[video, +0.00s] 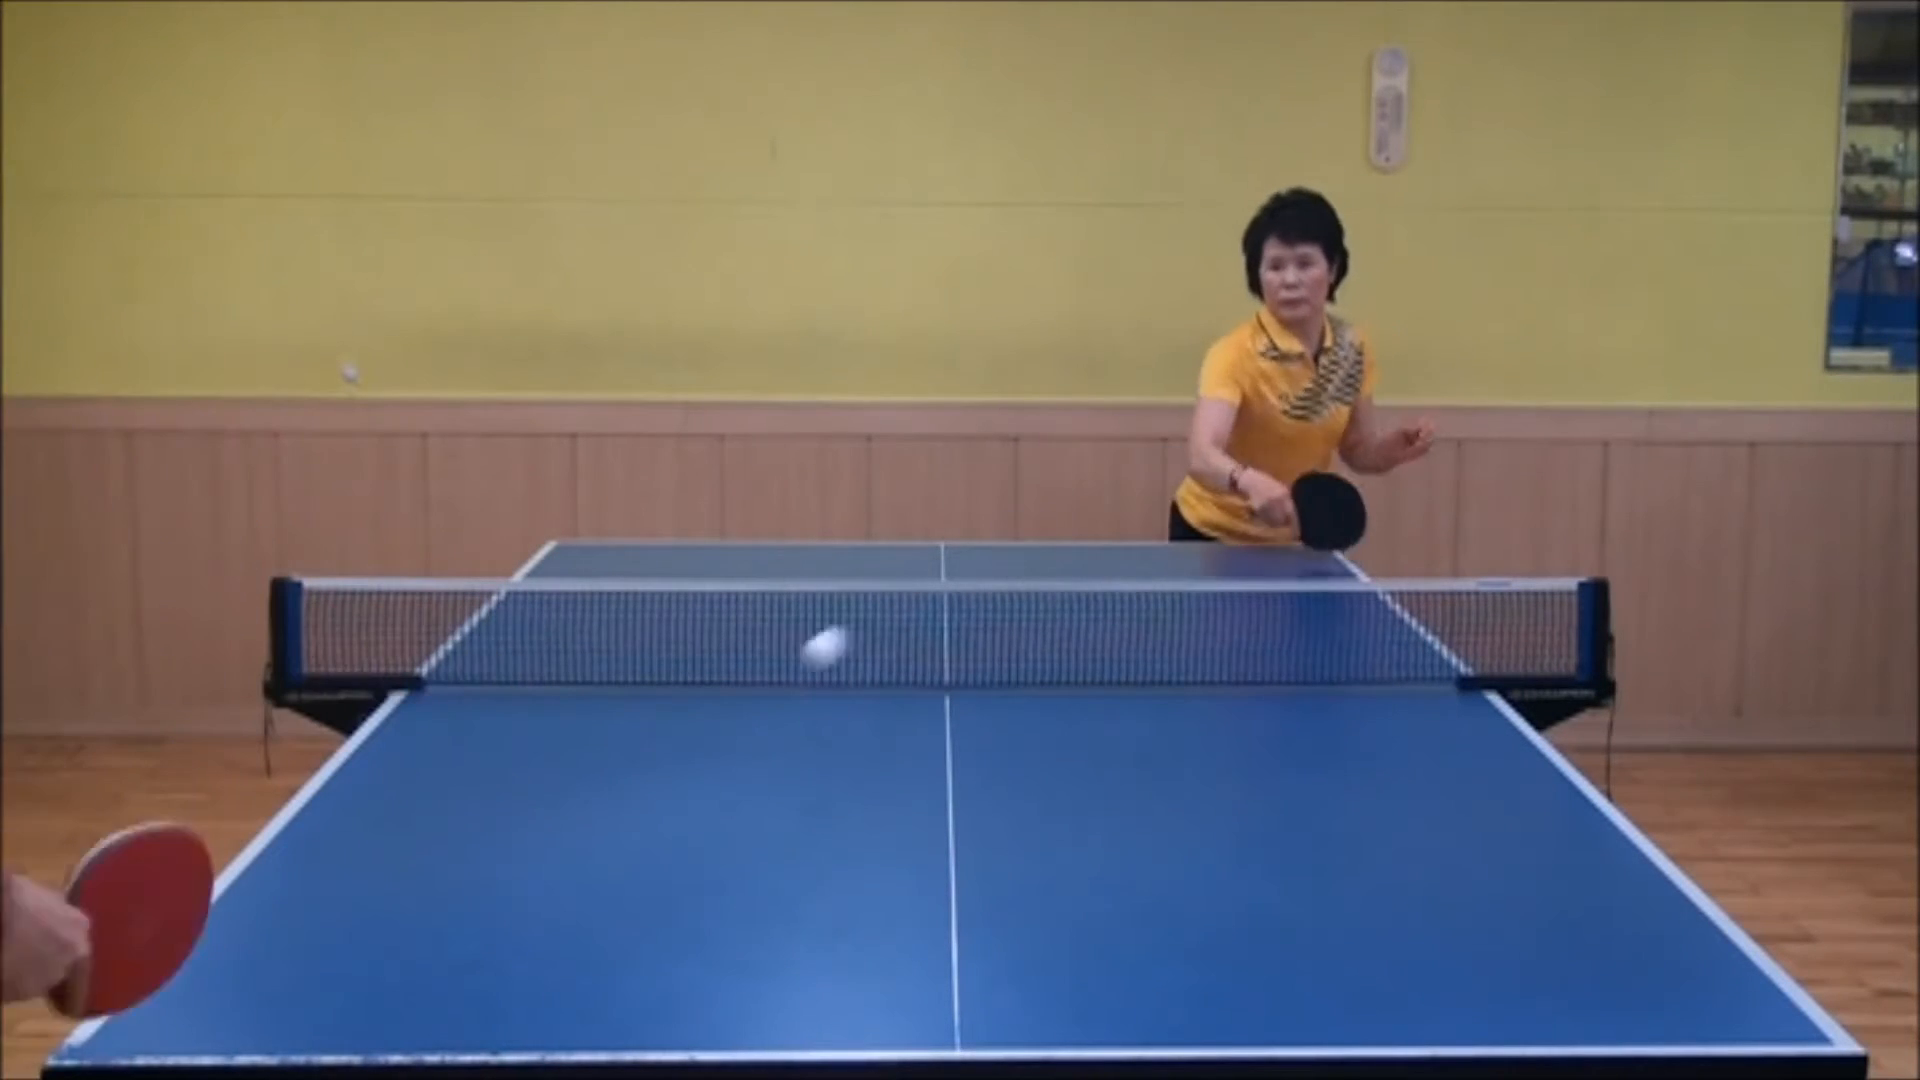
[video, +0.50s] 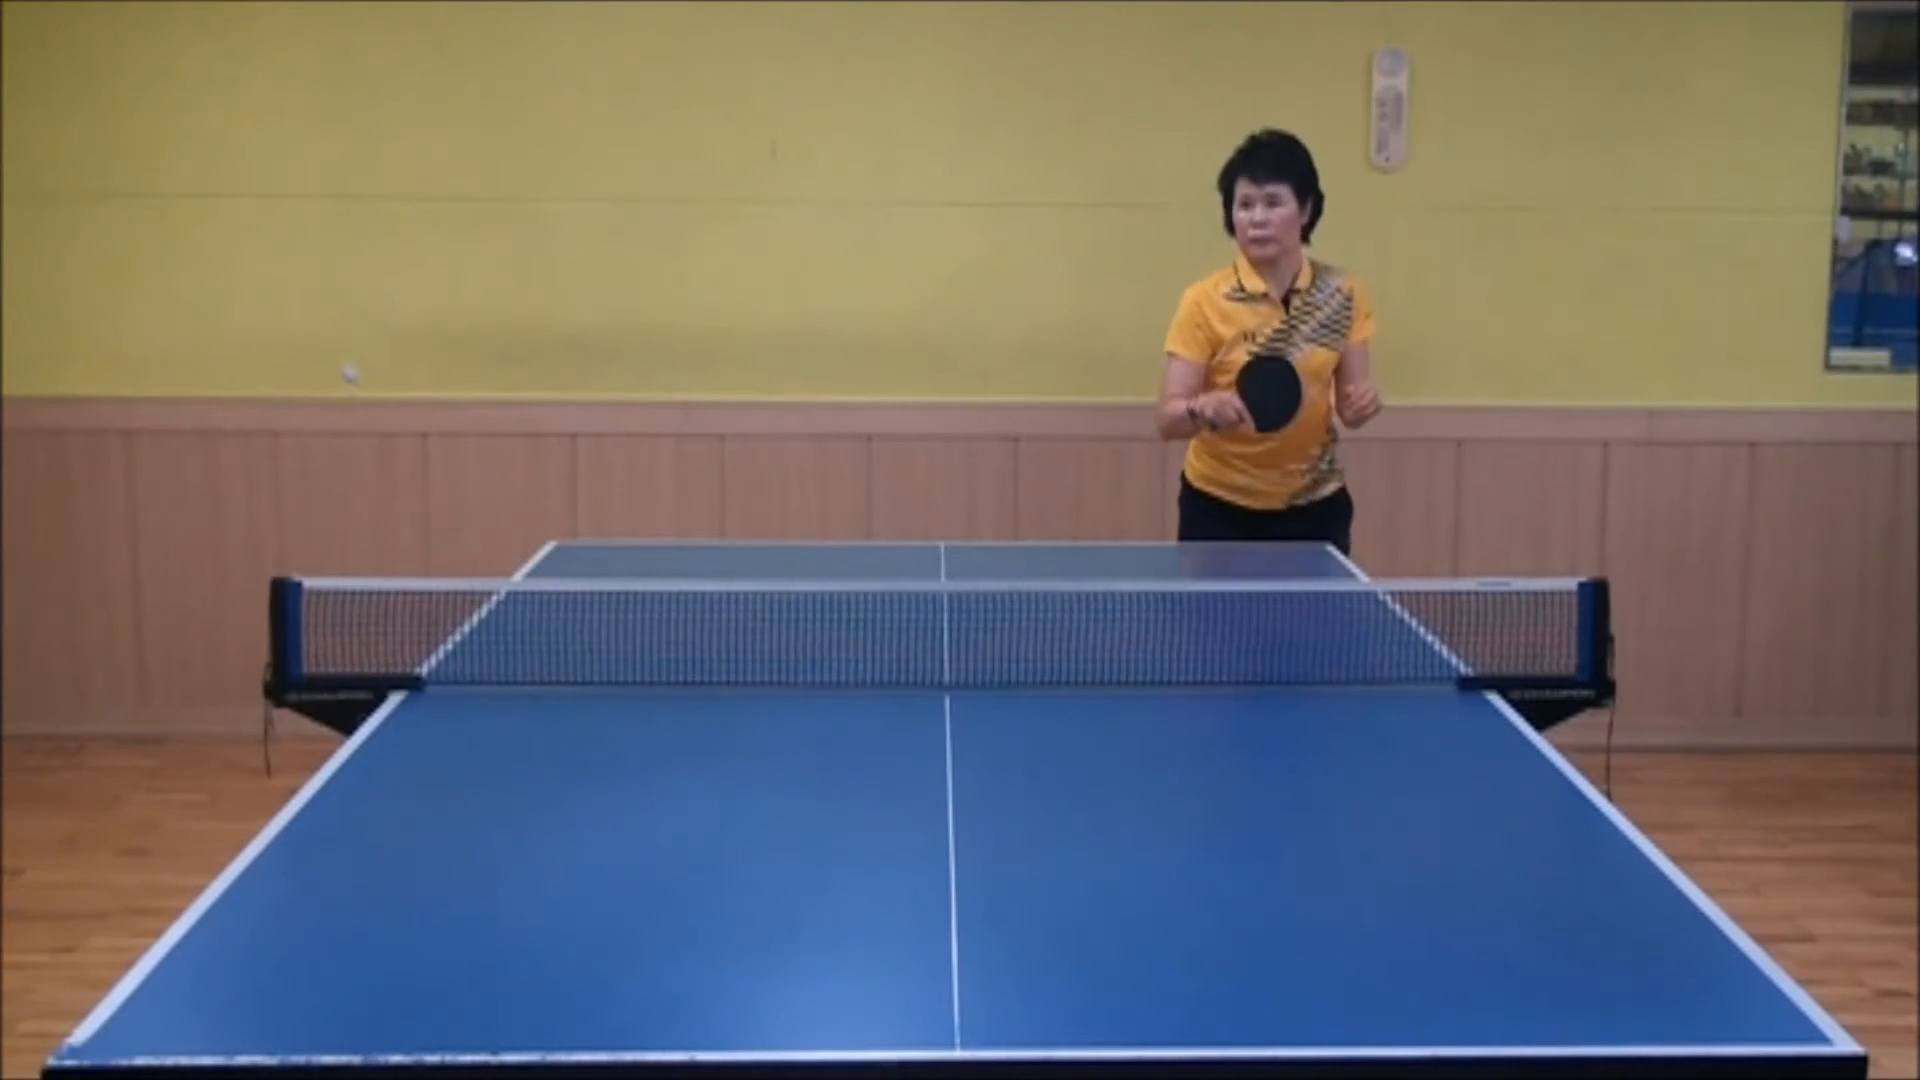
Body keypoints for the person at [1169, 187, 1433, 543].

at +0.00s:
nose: (1290, 280)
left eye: (1305, 264)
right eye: (1276, 266)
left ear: (1333, 270)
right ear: (1257, 276)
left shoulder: (1351, 351)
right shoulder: (1235, 356)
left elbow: (1357, 450)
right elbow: (1203, 455)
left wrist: (1391, 450)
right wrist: (1249, 481)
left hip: (1300, 535)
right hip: (1216, 533)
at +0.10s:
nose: (1275, 265)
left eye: (1291, 249)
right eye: (1260, 252)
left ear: (1319, 256)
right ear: (1242, 262)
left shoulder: (1339, 339)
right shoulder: (1220, 345)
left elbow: (1343, 440)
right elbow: (1187, 452)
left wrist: (1380, 439)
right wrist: (1242, 470)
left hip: (1301, 534)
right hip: (1212, 533)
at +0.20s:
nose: (1262, 245)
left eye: (1277, 229)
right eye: (1247, 232)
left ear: (1307, 236)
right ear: (1230, 243)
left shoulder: (1329, 320)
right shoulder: (1207, 329)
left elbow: (1340, 434)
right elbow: (1174, 441)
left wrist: (1372, 422)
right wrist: (1228, 444)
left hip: (1300, 524)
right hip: (1211, 527)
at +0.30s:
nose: (1254, 227)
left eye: (1269, 210)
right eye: (1239, 214)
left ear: (1300, 219)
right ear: (1223, 226)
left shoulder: (1327, 304)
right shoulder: (1200, 312)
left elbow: (1336, 415)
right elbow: (1167, 431)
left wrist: (1363, 405)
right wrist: (1215, 424)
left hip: (1304, 512)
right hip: (1213, 515)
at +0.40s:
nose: (1253, 218)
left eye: (1268, 202)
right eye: (1239, 205)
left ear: (1300, 210)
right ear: (1223, 216)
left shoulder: (1332, 297)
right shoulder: (1200, 305)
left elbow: (1340, 408)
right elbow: (1166, 423)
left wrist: (1360, 400)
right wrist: (1208, 411)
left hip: (1308, 507)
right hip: (1217, 507)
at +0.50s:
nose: (1258, 218)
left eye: (1273, 202)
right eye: (1245, 204)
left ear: (1306, 210)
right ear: (1230, 215)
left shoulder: (1342, 298)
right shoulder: (1204, 302)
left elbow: (1350, 408)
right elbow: (1169, 418)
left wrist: (1360, 404)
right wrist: (1203, 407)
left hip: (1313, 510)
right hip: (1220, 509)